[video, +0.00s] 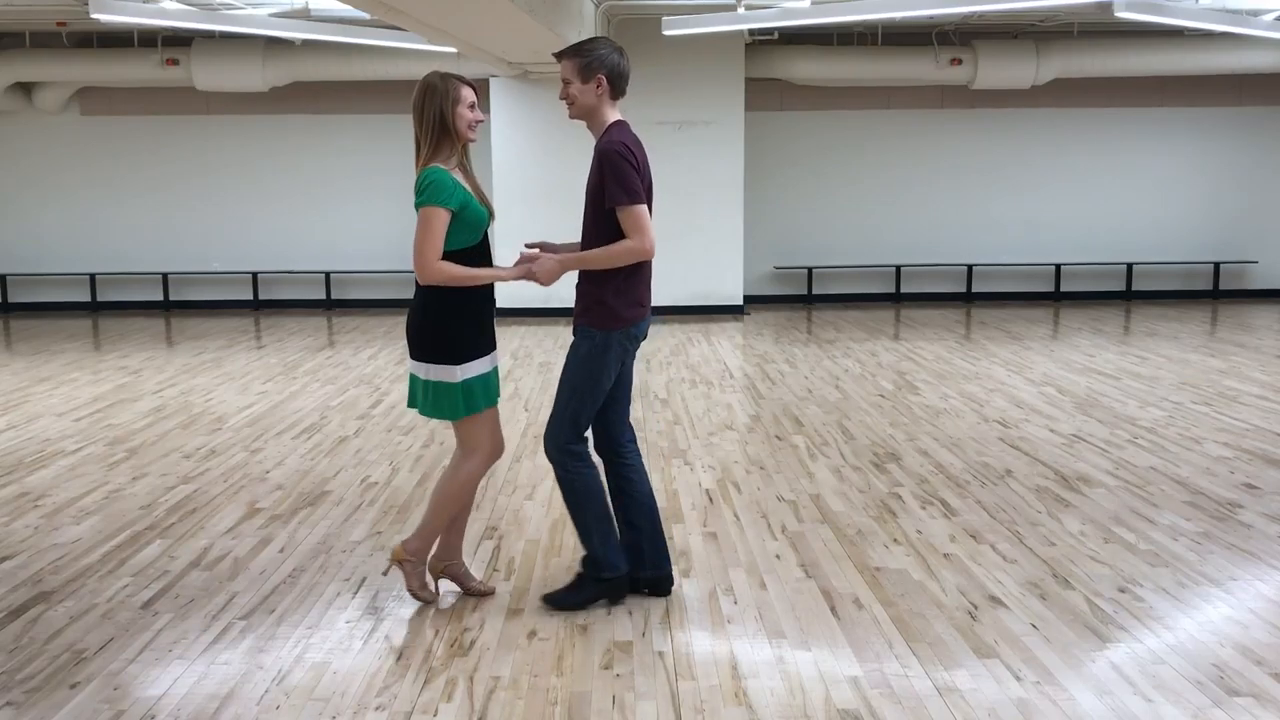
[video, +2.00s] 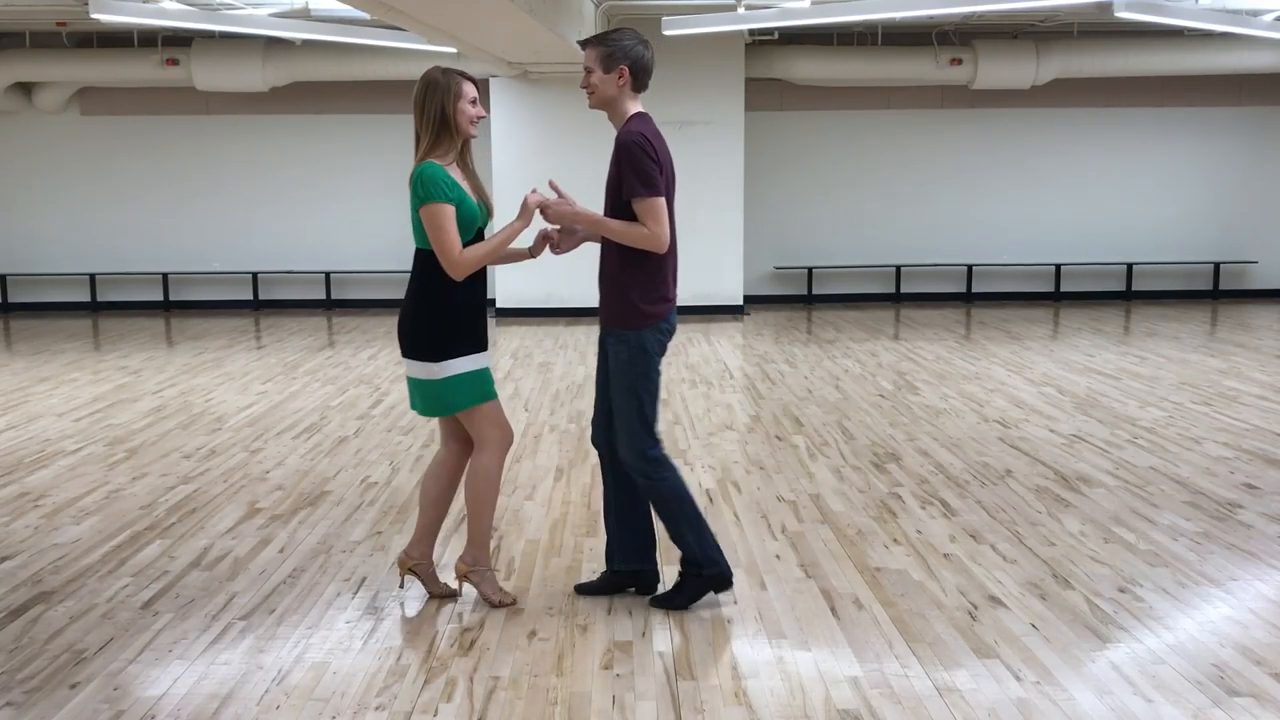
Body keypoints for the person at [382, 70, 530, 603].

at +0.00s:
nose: (478, 115)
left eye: (477, 106)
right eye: (468, 107)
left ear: (465, 114)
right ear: (443, 114)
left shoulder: (456, 174)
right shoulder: (440, 181)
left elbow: (457, 258)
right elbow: (426, 268)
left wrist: (513, 265)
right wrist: (507, 273)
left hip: (465, 326)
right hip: (450, 333)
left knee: (475, 446)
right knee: (483, 446)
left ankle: (450, 555)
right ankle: (416, 550)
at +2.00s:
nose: (480, 111)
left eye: (479, 102)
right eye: (470, 102)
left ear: (469, 111)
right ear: (442, 109)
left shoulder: (458, 172)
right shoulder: (432, 176)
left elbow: (475, 252)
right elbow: (455, 263)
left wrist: (532, 249)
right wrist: (518, 223)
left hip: (450, 328)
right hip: (442, 333)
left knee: (456, 444)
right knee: (494, 437)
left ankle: (418, 552)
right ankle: (477, 558)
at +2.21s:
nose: (463, 115)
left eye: (461, 106)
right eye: (454, 106)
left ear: (441, 113)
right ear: (426, 114)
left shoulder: (437, 175)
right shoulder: (416, 180)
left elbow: (442, 262)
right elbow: (418, 270)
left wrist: (494, 265)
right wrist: (488, 267)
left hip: (439, 331)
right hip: (430, 336)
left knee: (444, 447)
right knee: (471, 447)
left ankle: (419, 562)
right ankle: (410, 552)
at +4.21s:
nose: (477, 111)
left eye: (475, 102)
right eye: (466, 102)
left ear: (459, 111)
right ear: (440, 111)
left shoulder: (455, 173)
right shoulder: (433, 177)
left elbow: (479, 251)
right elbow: (466, 261)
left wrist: (535, 229)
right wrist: (529, 233)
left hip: (468, 327)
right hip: (449, 330)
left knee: (482, 443)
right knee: (478, 446)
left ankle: (420, 544)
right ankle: (460, 562)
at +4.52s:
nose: (450, 113)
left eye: (447, 104)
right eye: (439, 105)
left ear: (428, 113)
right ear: (412, 114)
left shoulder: (426, 176)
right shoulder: (403, 180)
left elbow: (435, 263)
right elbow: (405, 273)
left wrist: (486, 271)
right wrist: (478, 275)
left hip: (430, 332)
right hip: (421, 338)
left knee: (437, 446)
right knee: (465, 445)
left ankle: (411, 560)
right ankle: (405, 550)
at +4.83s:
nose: (432, 113)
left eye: (430, 104)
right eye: (422, 105)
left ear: (409, 114)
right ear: (396, 113)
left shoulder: (410, 177)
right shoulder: (388, 180)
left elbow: (410, 263)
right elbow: (369, 267)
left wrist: (460, 265)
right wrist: (443, 277)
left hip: (414, 334)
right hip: (386, 336)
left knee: (446, 442)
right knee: (382, 452)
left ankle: (410, 554)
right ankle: (337, 567)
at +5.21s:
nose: (436, 111)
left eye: (433, 102)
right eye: (426, 103)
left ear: (412, 111)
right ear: (400, 113)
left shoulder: (408, 175)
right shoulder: (395, 178)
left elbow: (429, 261)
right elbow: (417, 268)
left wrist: (487, 245)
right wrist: (489, 255)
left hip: (395, 335)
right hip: (404, 339)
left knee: (409, 446)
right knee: (443, 446)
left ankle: (372, 557)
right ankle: (376, 555)